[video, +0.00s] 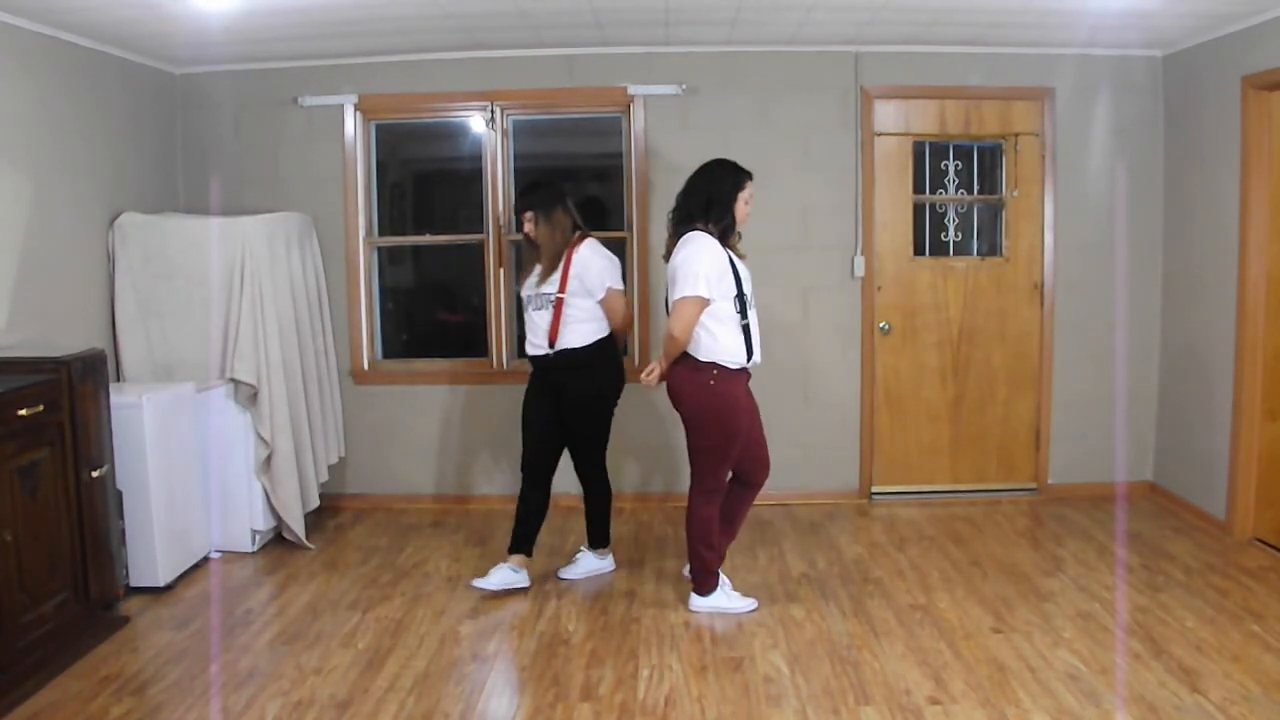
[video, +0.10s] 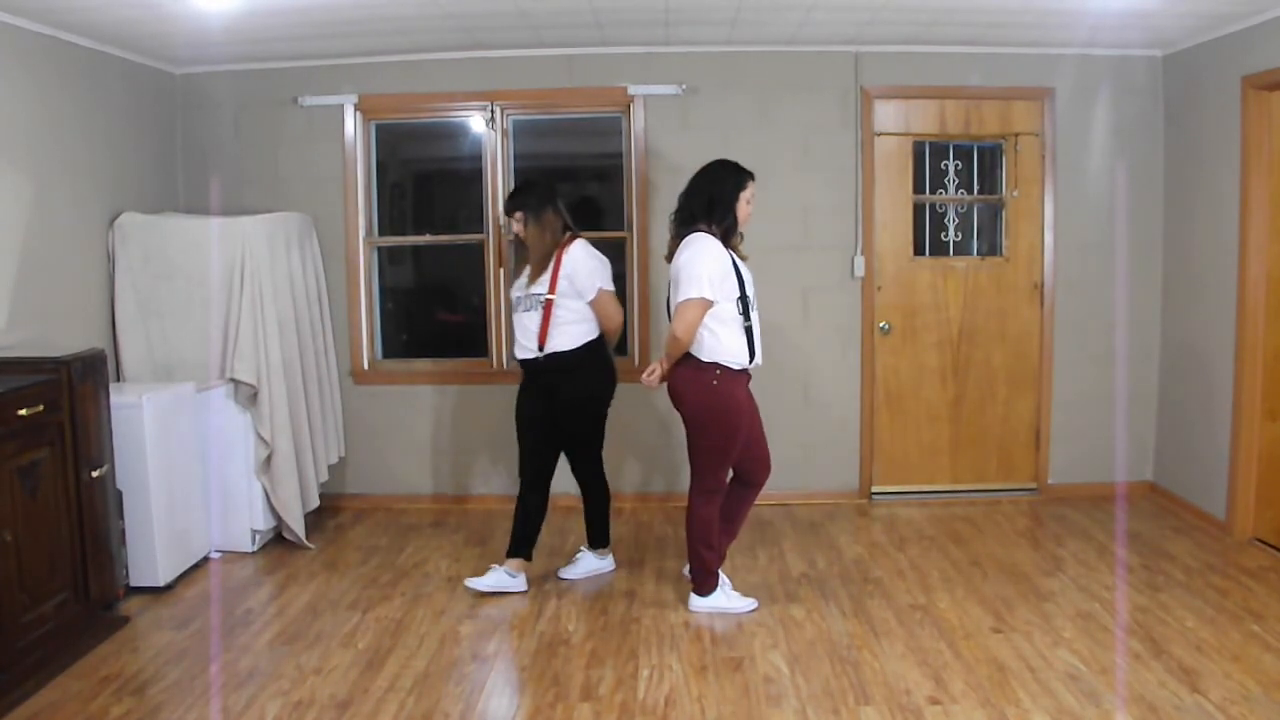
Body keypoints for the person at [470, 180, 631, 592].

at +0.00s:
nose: (526, 232)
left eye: (529, 222)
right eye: (523, 224)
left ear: (547, 217)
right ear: (548, 220)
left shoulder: (591, 255)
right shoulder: (542, 263)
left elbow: (620, 317)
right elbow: (547, 323)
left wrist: (601, 347)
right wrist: (586, 343)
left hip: (590, 371)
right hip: (547, 373)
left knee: (590, 464)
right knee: (536, 468)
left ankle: (599, 553)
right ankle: (517, 562)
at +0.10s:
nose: (514, 234)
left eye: (515, 224)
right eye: (510, 226)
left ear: (532, 218)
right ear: (537, 219)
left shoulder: (580, 256)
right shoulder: (531, 265)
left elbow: (613, 318)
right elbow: (537, 325)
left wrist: (596, 355)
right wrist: (569, 351)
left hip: (581, 373)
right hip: (539, 376)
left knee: (587, 465)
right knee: (533, 474)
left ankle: (599, 552)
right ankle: (515, 566)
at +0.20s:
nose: (503, 232)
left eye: (506, 221)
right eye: (501, 223)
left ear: (529, 218)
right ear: (522, 221)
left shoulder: (568, 254)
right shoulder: (517, 263)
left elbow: (601, 318)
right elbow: (522, 325)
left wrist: (584, 354)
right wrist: (558, 350)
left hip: (570, 374)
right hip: (525, 378)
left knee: (578, 466)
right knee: (526, 476)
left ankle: (598, 552)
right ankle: (513, 569)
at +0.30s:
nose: (494, 226)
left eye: (499, 217)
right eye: (493, 218)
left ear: (521, 215)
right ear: (517, 215)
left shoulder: (555, 252)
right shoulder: (510, 258)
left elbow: (587, 317)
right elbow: (514, 323)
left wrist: (577, 355)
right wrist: (555, 351)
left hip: (555, 376)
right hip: (513, 378)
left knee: (562, 468)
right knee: (519, 477)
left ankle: (594, 549)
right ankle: (512, 570)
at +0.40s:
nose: (486, 217)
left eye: (491, 209)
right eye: (486, 210)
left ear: (513, 209)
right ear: (515, 209)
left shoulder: (543, 249)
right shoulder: (503, 257)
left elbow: (573, 316)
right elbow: (511, 320)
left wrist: (573, 350)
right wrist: (558, 350)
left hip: (545, 374)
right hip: (503, 376)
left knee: (543, 471)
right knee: (512, 475)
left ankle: (583, 541)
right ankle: (512, 570)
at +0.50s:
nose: (481, 217)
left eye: (485, 209)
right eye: (481, 210)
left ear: (504, 210)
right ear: (512, 208)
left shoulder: (533, 248)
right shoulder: (497, 254)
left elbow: (560, 315)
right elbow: (508, 318)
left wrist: (568, 351)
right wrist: (560, 351)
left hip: (536, 373)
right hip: (498, 375)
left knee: (524, 476)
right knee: (508, 473)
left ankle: (575, 531)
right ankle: (512, 570)